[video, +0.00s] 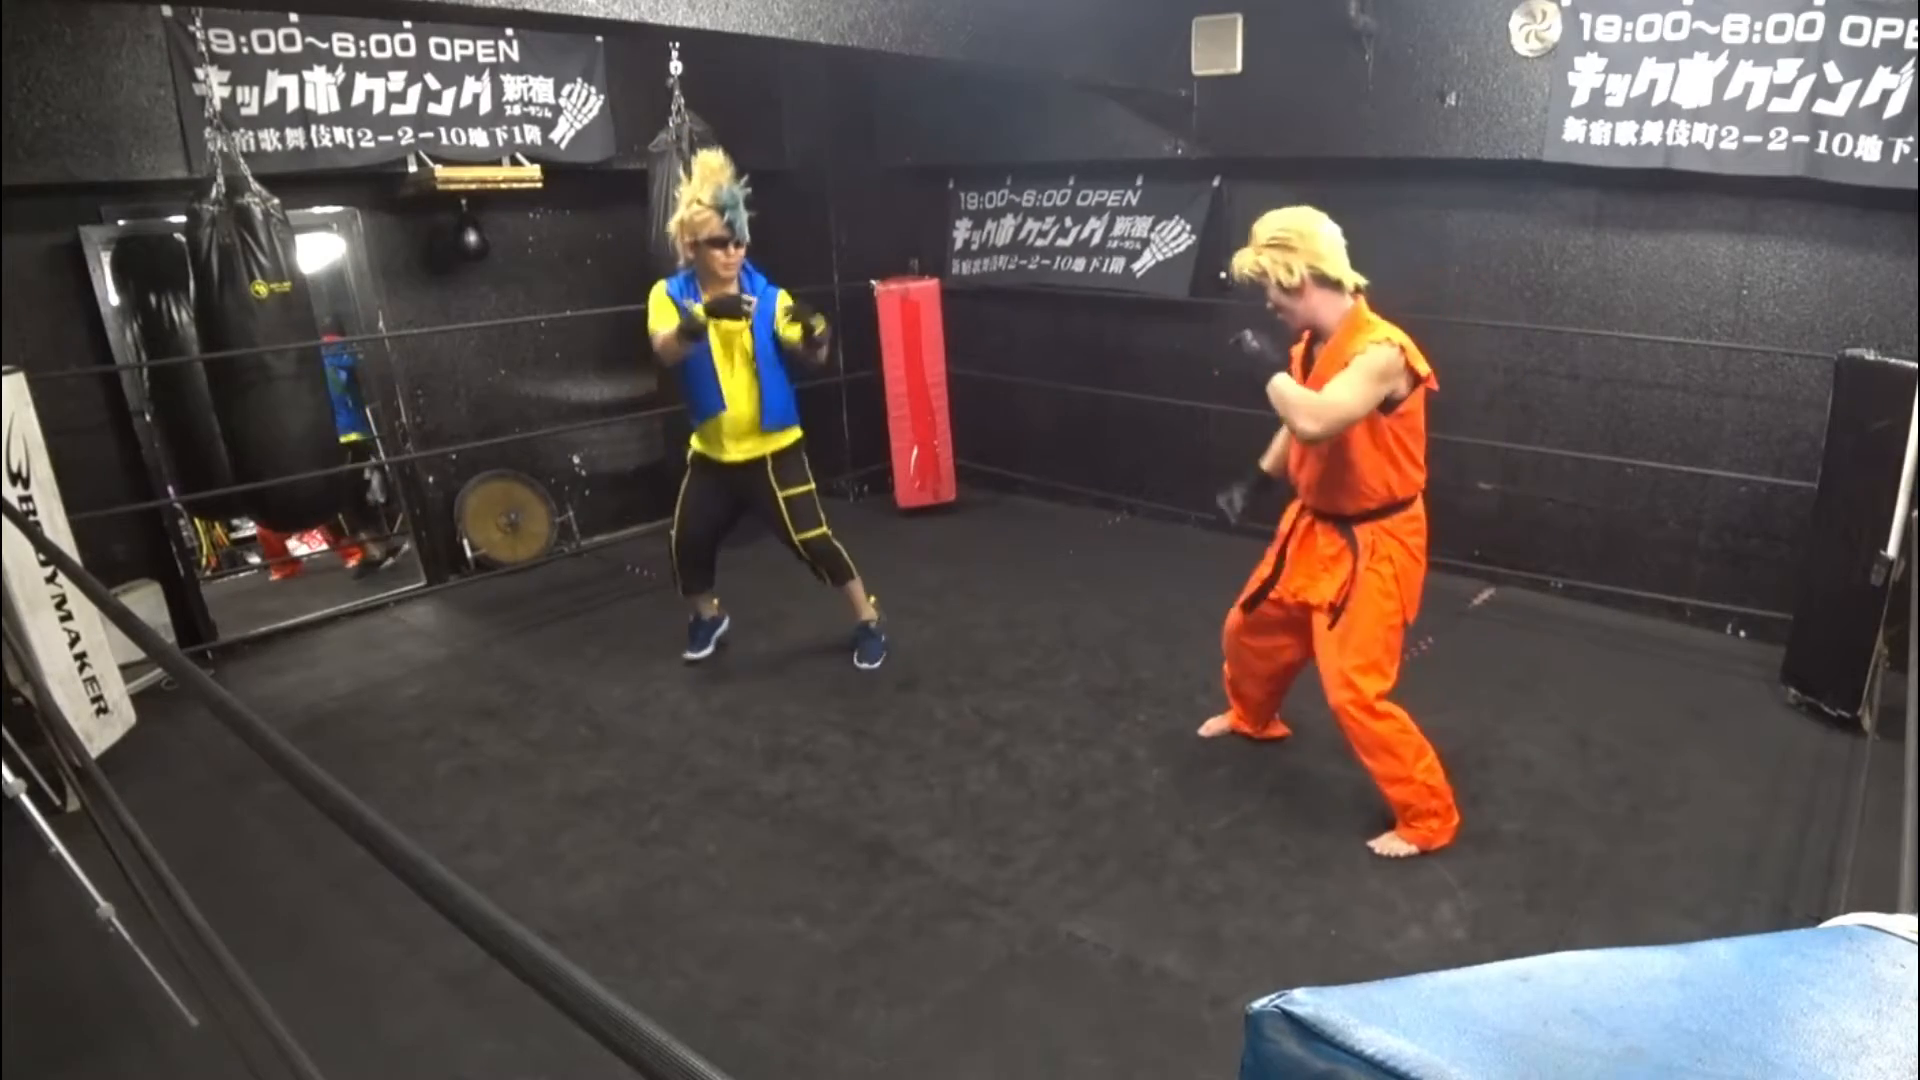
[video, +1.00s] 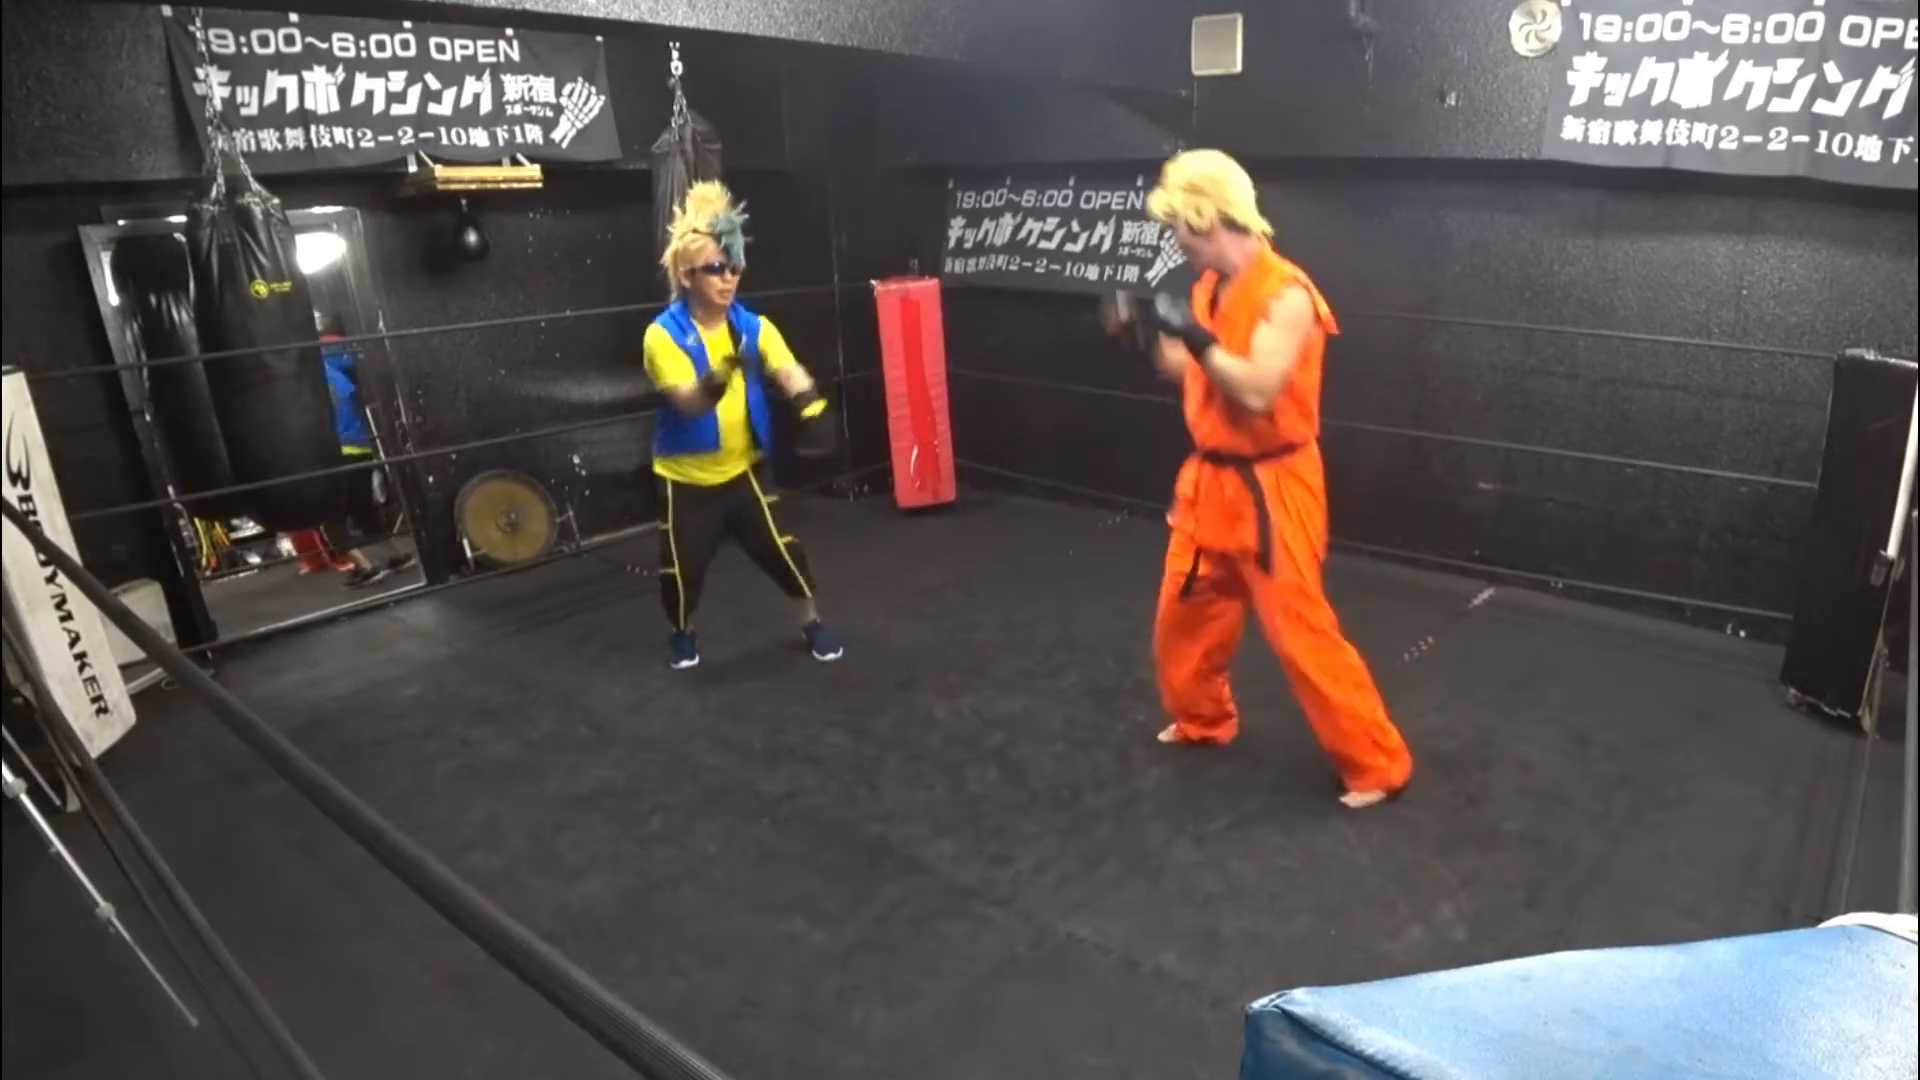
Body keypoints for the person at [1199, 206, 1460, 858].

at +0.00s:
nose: (1272, 307)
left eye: (1278, 291)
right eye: (1268, 294)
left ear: (1312, 278)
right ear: (1305, 282)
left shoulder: (1383, 354)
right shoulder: (1310, 348)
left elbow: (1319, 417)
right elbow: (1296, 425)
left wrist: (1271, 373)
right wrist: (1256, 480)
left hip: (1379, 538)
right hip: (1314, 524)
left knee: (1353, 687)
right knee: (1252, 626)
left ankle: (1429, 819)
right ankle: (1254, 716)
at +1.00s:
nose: (1177, 245)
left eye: (1182, 230)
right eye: (1174, 232)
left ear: (1216, 222)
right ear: (1213, 225)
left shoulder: (1288, 295)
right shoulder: (1206, 290)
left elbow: (1259, 388)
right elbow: (1197, 377)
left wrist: (1195, 340)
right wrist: (1145, 337)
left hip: (1276, 480)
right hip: (1212, 474)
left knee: (1297, 627)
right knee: (1186, 606)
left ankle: (1378, 763)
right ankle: (1203, 717)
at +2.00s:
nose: (1064, 291)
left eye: (1063, 277)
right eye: (1060, 278)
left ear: (1085, 268)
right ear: (1106, 260)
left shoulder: (1145, 341)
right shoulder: (1127, 322)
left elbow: (1133, 451)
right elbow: (1132, 430)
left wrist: (1057, 433)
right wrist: (1103, 463)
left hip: (1176, 507)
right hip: (1139, 501)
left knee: (1195, 648)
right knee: (1080, 594)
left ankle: (1288, 770)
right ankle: (1099, 693)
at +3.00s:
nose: (753, 309)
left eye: (752, 297)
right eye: (748, 298)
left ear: (772, 291)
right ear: (805, 275)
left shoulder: (820, 357)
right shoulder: (842, 311)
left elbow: (818, 459)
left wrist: (781, 412)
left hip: (852, 510)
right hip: (905, 493)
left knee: (780, 609)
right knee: (922, 610)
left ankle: (755, 722)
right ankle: (1029, 694)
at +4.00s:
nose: (755, 290)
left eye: (756, 279)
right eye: (753, 279)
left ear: (773, 274)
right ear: (820, 262)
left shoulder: (759, 342)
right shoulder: (876, 315)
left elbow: (704, 414)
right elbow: (899, 356)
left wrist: (672, 390)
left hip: (813, 504)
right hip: (887, 493)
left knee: (766, 603)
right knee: (949, 599)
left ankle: (718, 707)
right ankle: (1002, 705)